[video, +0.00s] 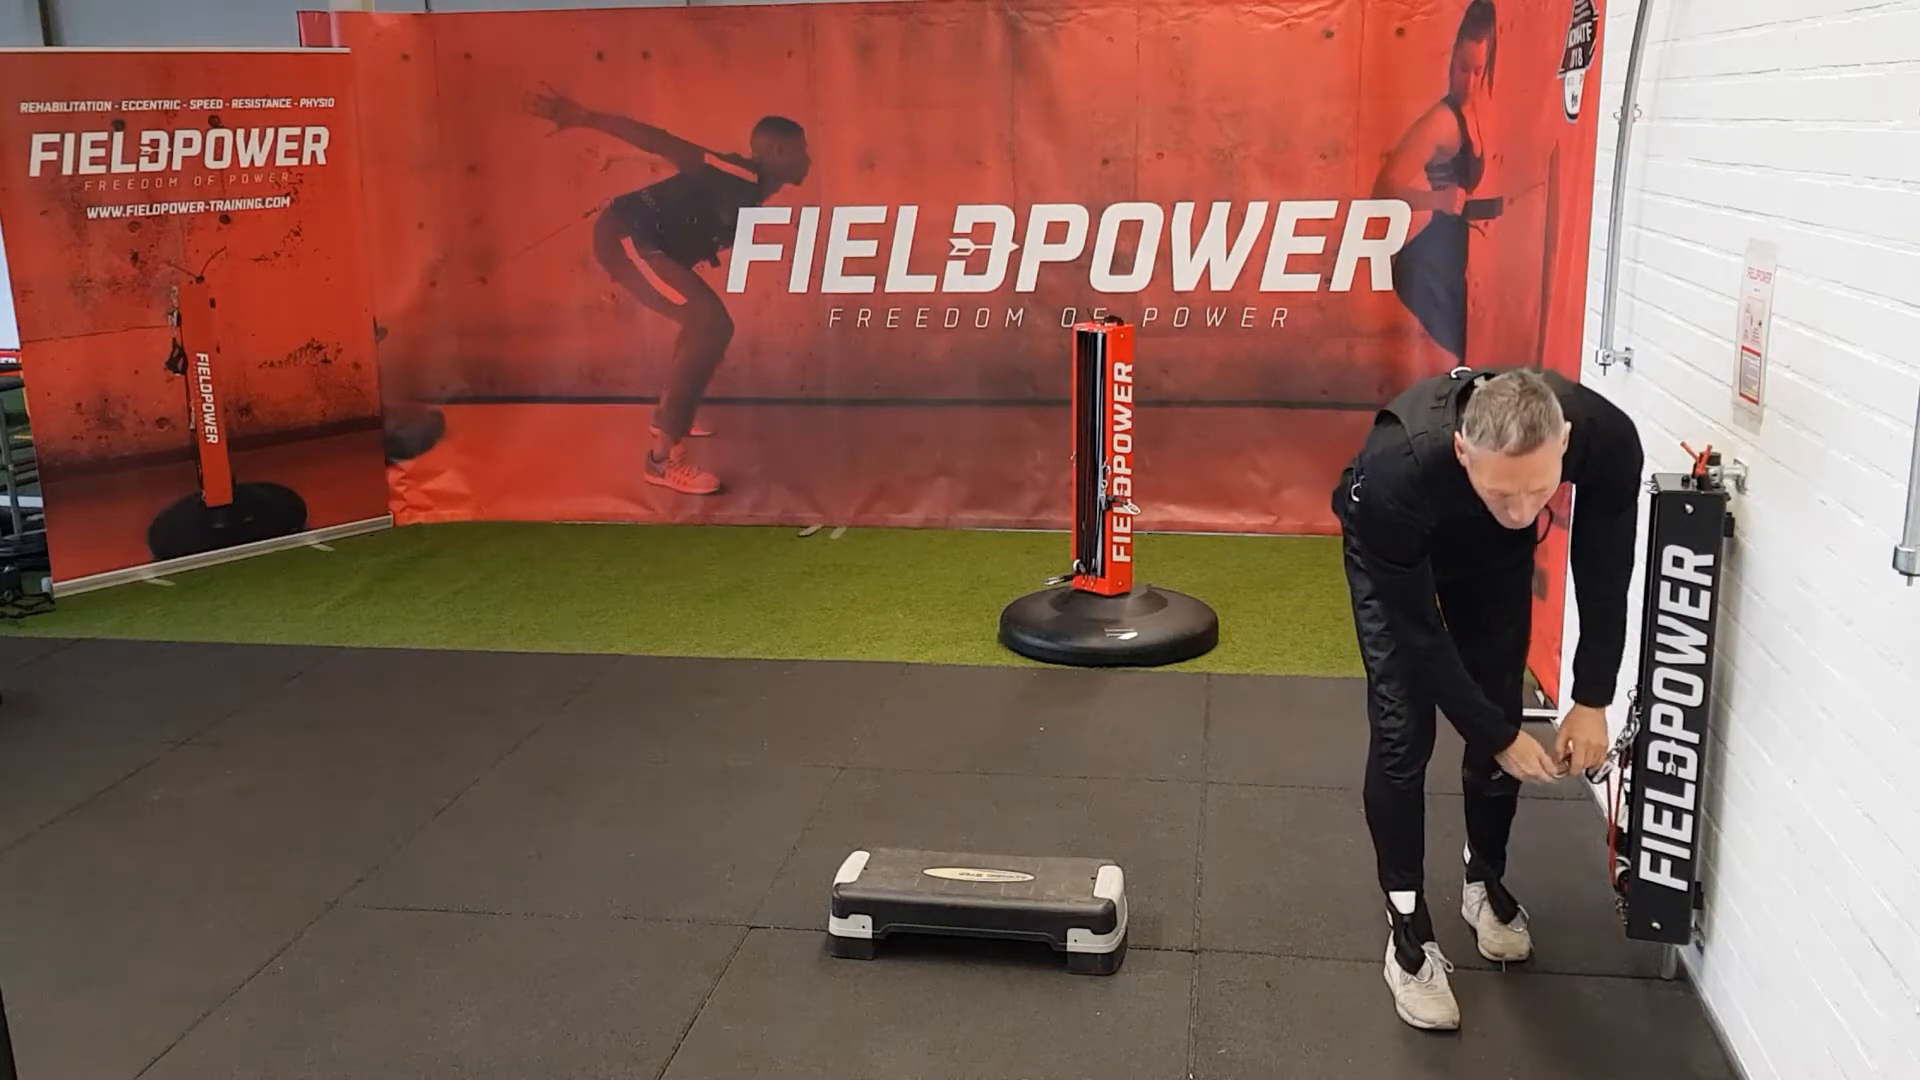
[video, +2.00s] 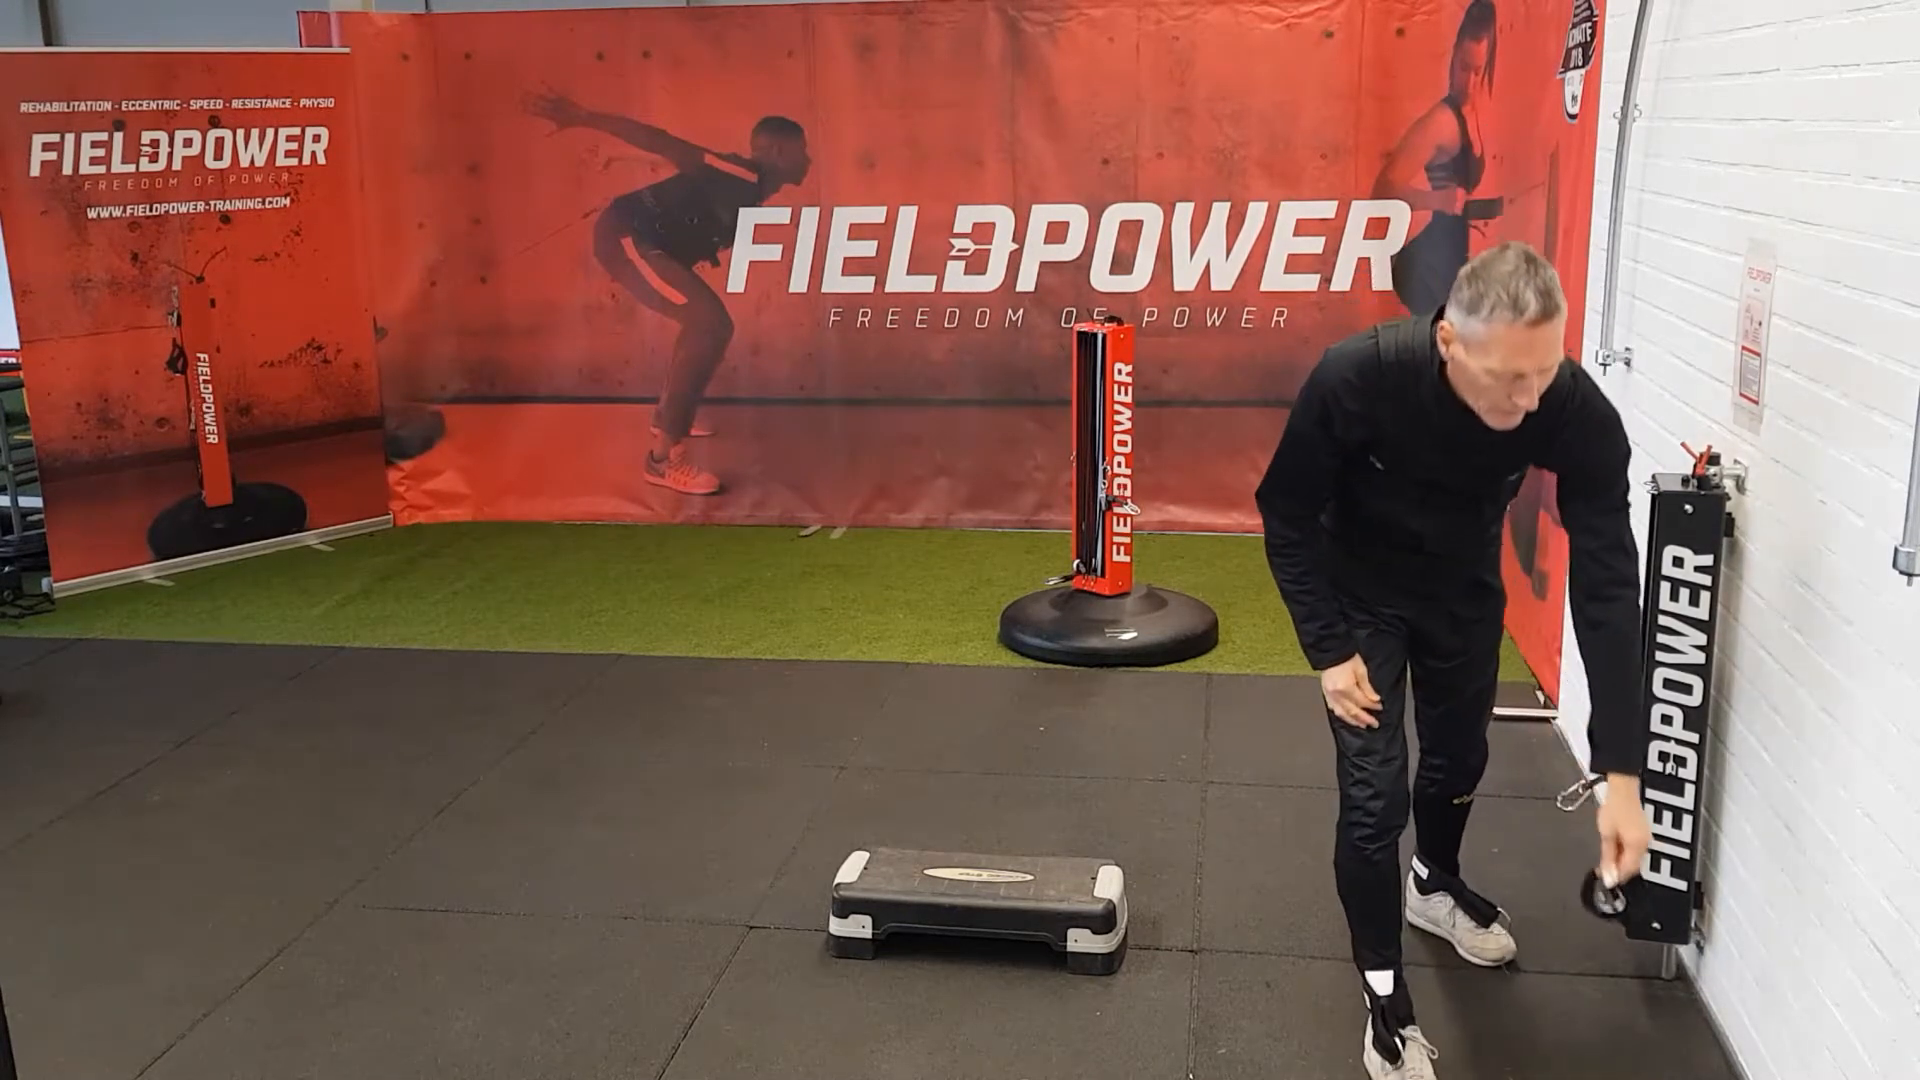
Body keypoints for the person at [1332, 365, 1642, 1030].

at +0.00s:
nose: (1523, 510)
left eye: (1538, 491)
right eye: (1502, 493)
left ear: (1562, 446)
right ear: (1463, 452)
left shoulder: (1604, 442)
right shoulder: (1397, 481)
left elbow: (1604, 576)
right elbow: (1418, 635)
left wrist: (1591, 701)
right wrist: (1501, 738)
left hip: (1496, 548)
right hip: (1399, 545)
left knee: (1498, 726)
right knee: (1403, 736)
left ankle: (1484, 885)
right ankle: (1409, 934)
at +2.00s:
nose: (1525, 399)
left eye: (1541, 376)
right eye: (1506, 380)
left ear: (1559, 342)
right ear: (1449, 341)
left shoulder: (1578, 417)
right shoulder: (1358, 378)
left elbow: (1609, 592)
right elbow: (1284, 510)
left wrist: (1622, 775)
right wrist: (1329, 647)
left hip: (1466, 600)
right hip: (1361, 598)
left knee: (1455, 763)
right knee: (1375, 805)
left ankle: (1432, 884)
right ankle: (1386, 1002)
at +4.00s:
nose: (1602, 495)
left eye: (1615, 486)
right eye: (1602, 481)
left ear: (1575, 423)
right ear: (1566, 432)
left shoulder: (1566, 412)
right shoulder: (1450, 445)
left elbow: (1540, 540)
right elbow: (1427, 583)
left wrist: (1544, 662)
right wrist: (1497, 711)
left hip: (1405, 537)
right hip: (1326, 524)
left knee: (1474, 699)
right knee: (1339, 740)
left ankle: (1396, 865)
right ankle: (1358, 953)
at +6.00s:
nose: (1532, 313)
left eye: (1549, 290)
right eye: (1512, 294)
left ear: (1569, 261)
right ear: (1463, 259)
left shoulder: (1596, 347)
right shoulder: (1379, 332)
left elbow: (1605, 523)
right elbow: (1333, 505)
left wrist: (1591, 691)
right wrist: (1382, 655)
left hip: (1499, 575)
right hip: (1386, 574)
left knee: (1514, 783)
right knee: (1386, 778)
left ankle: (1525, 1008)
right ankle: (1373, 980)